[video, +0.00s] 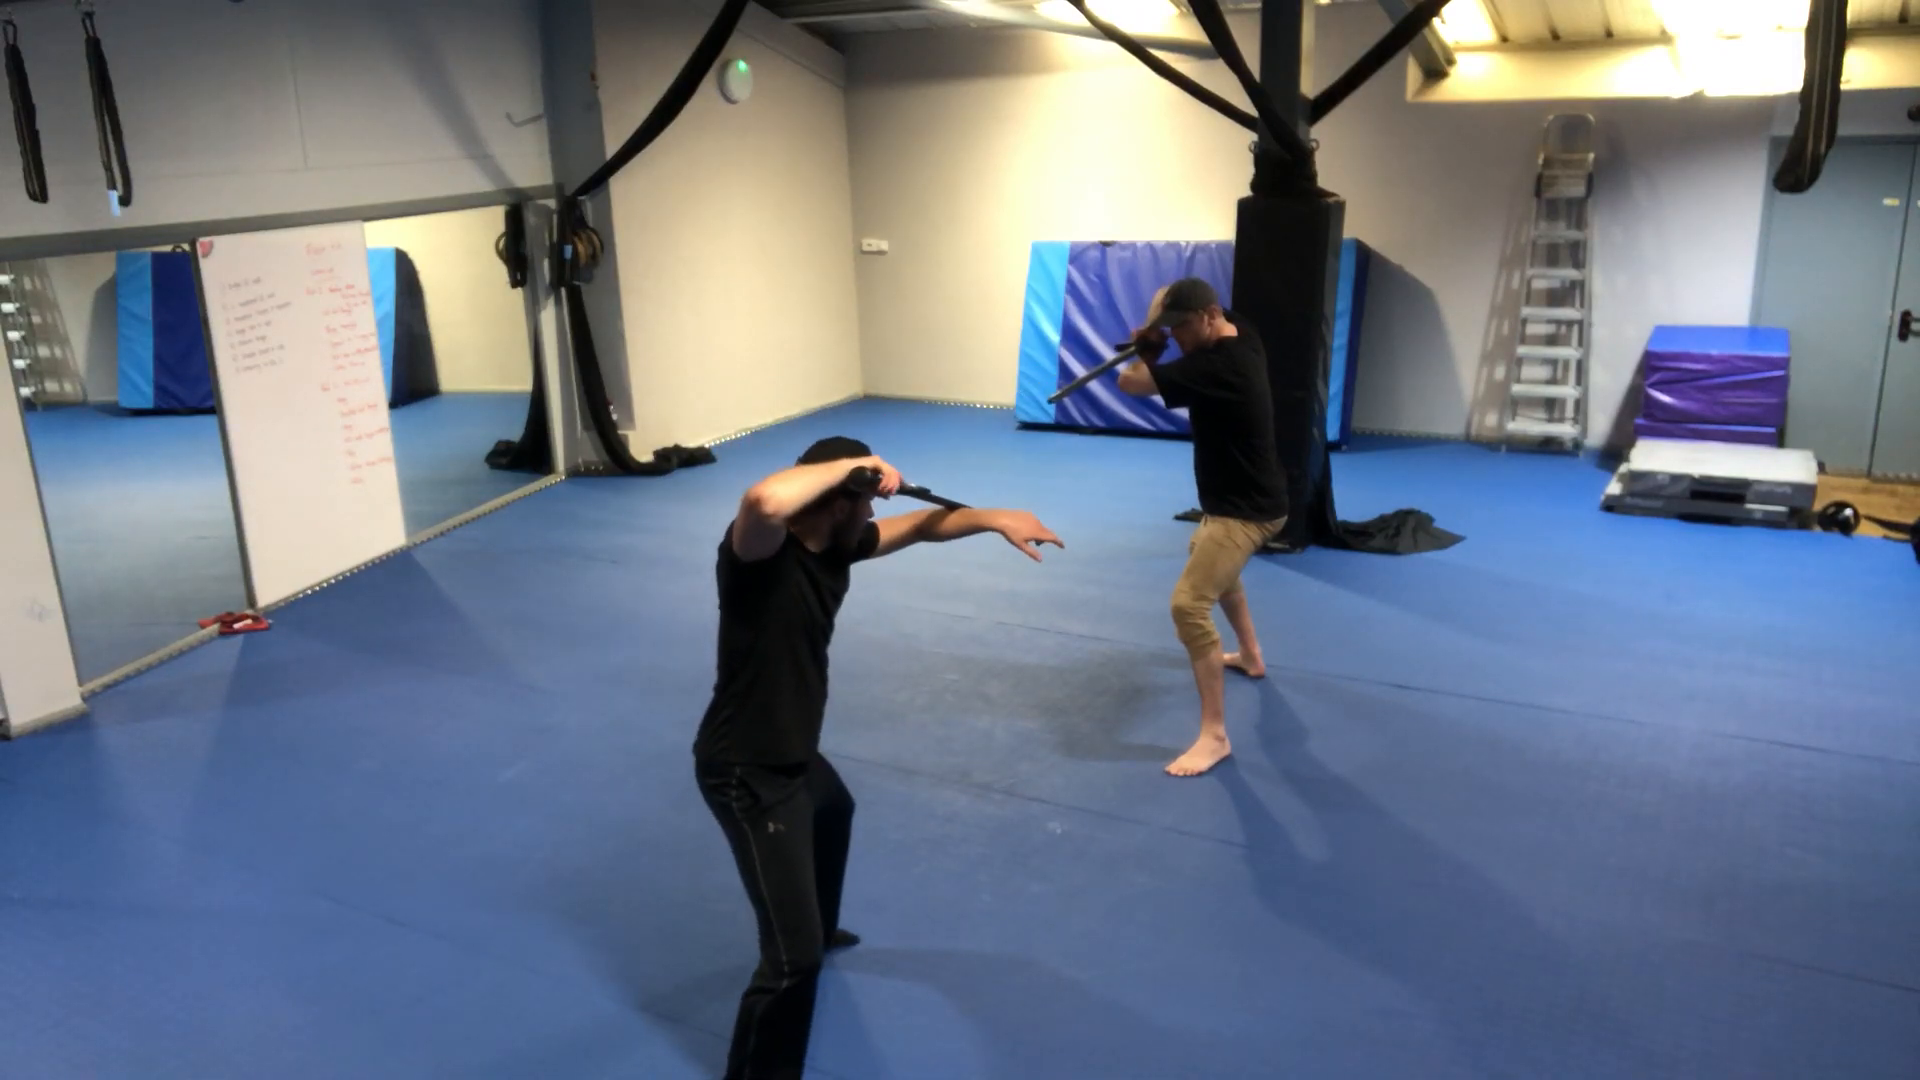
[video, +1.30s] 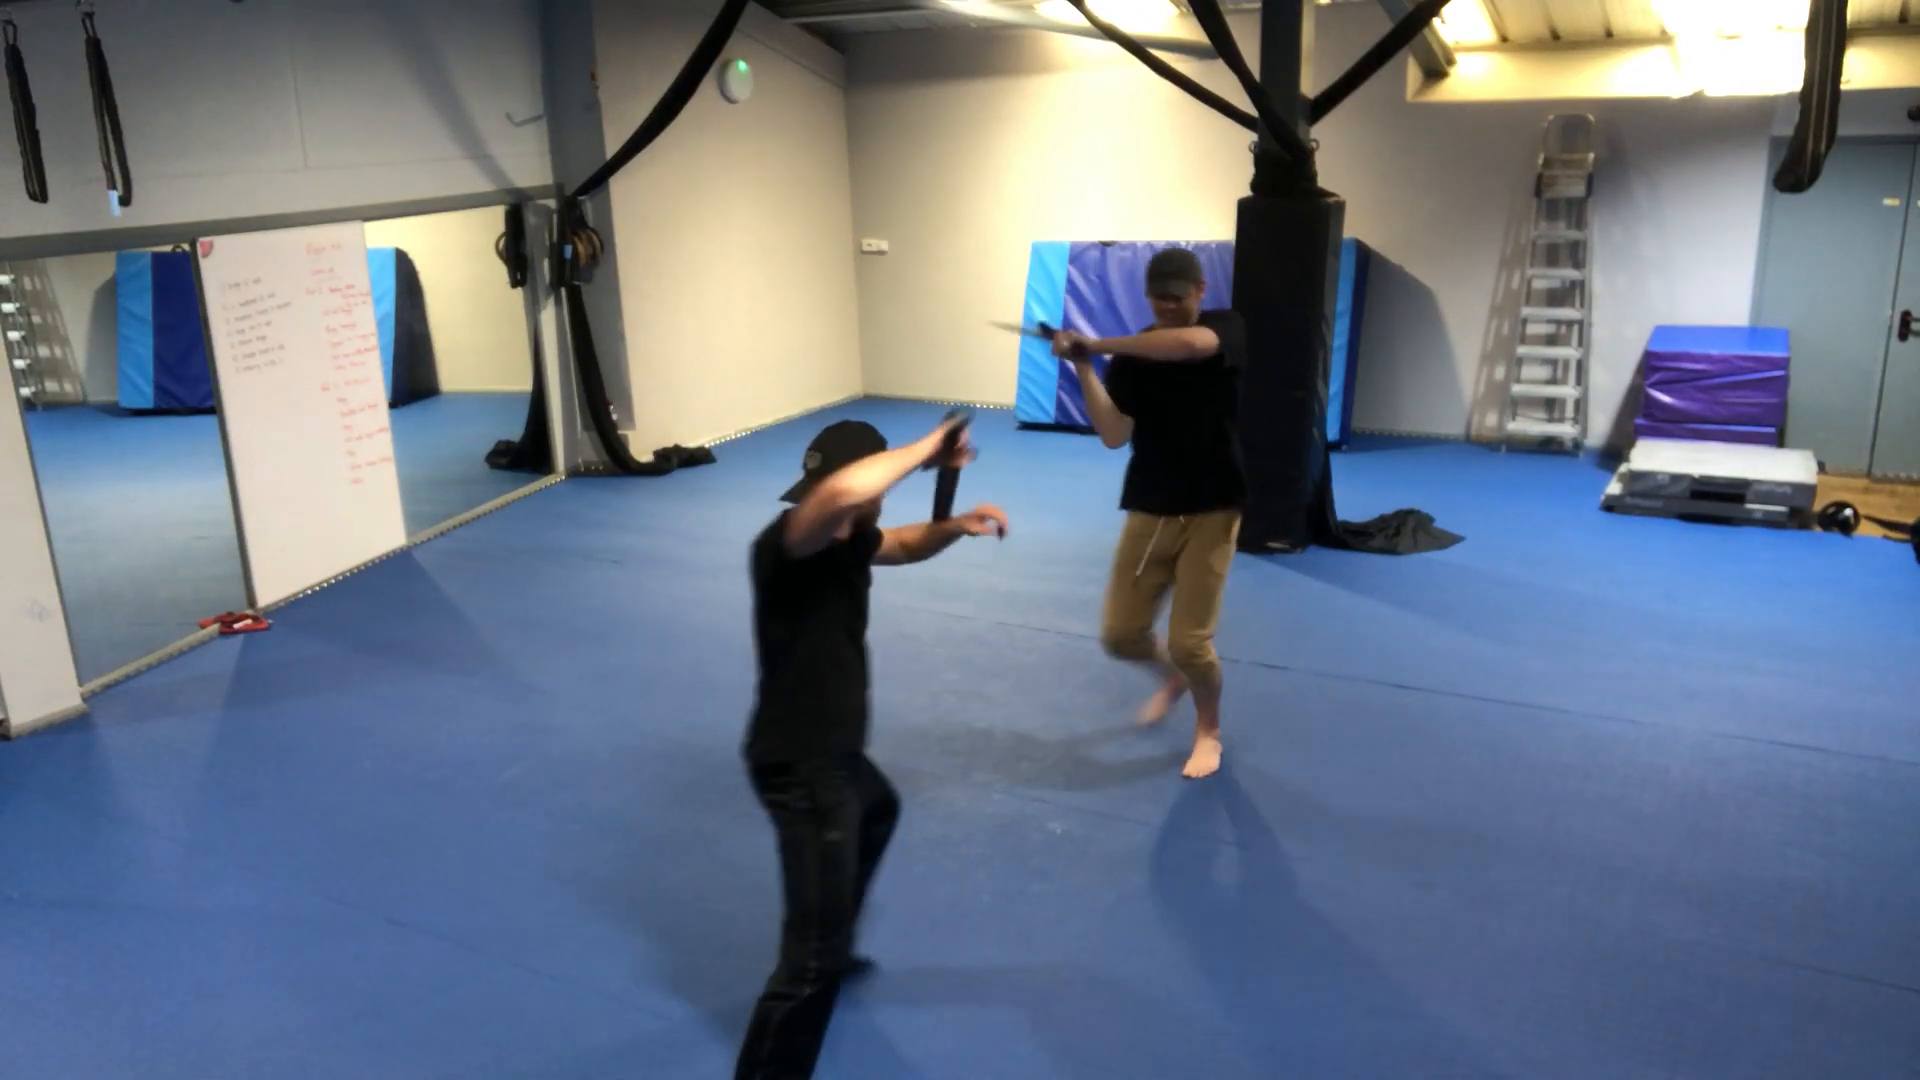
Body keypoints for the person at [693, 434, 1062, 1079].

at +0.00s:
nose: (871, 517)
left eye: (871, 503)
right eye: (863, 503)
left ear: (838, 505)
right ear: (830, 500)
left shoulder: (835, 550)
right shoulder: (758, 553)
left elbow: (921, 524)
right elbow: (763, 499)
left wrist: (996, 517)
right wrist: (847, 468)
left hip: (793, 755)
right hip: (744, 768)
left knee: (834, 811)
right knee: (793, 955)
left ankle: (815, 928)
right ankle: (756, 1075)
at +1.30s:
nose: (876, 499)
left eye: (877, 487)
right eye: (867, 486)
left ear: (855, 482)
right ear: (834, 482)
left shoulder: (849, 541)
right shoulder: (782, 544)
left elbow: (905, 545)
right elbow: (842, 492)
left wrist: (960, 523)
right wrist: (928, 451)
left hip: (831, 752)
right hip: (795, 761)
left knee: (878, 809)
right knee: (812, 959)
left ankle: (829, 947)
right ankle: (767, 1075)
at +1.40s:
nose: (884, 481)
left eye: (884, 471)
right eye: (882, 471)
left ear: (818, 465)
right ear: (869, 474)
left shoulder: (822, 532)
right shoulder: (816, 536)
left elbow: (887, 535)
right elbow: (911, 474)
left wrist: (938, 504)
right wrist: (964, 406)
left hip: (851, 743)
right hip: (850, 750)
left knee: (887, 860)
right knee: (870, 921)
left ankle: (888, 992)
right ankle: (784, 1068)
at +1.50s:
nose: (885, 472)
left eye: (867, 467)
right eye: (880, 464)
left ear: (816, 477)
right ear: (872, 474)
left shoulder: (794, 535)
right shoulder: (888, 513)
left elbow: (865, 500)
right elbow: (979, 417)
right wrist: (979, 341)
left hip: (847, 742)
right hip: (910, 743)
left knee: (892, 838)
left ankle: (890, 987)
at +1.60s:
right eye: (894, 451)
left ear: (836, 466)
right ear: (891, 465)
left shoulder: (815, 526)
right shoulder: (931, 499)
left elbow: (868, 460)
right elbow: (984, 394)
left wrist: (950, 414)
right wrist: (976, 311)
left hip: (879, 736)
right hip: (953, 731)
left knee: (904, 841)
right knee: (1055, 874)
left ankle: (884, 993)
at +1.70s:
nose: (958, 440)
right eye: (951, 438)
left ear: (882, 463)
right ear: (945, 459)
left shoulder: (855, 520)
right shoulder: (976, 491)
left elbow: (868, 466)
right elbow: (1004, 382)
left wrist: (932, 425)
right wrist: (954, 327)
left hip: (921, 736)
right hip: (1005, 725)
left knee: (911, 854)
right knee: (1096, 851)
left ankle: (889, 995)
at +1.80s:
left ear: (955, 461)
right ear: (1009, 461)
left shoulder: (931, 526)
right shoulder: (1040, 506)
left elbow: (874, 491)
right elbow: (1023, 391)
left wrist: (928, 445)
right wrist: (933, 369)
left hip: (963, 736)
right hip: (1051, 728)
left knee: (918, 859)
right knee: (1135, 845)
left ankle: (891, 999)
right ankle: (1233, 961)